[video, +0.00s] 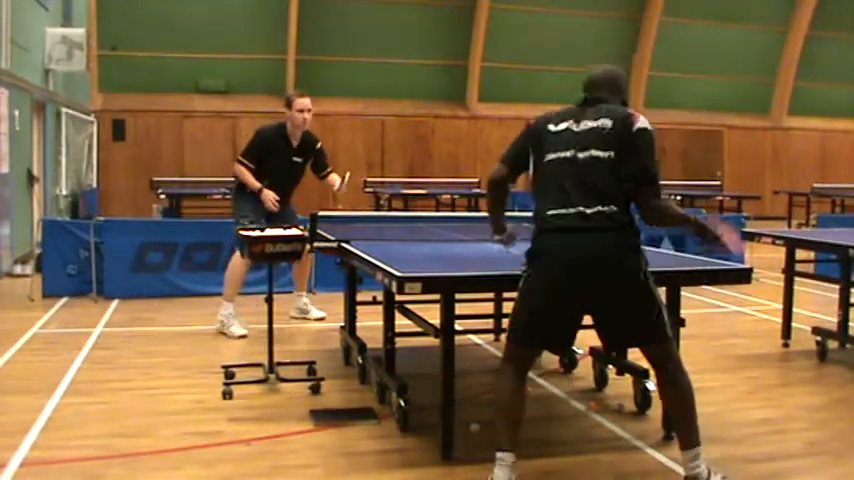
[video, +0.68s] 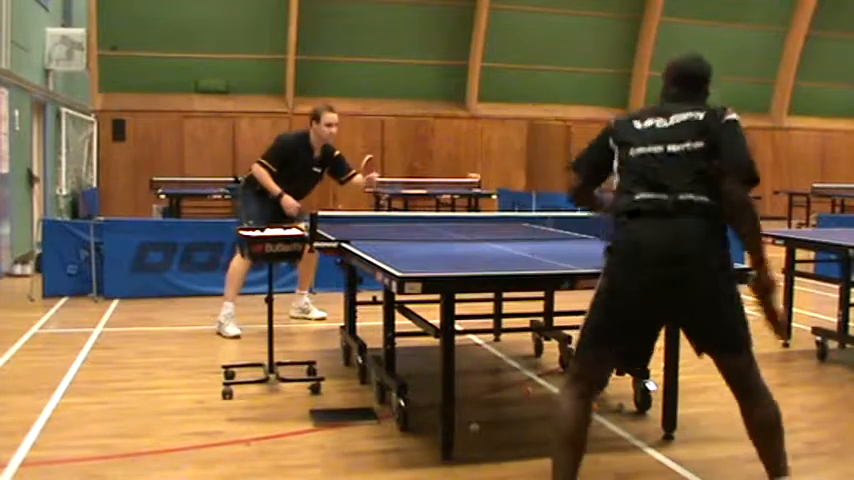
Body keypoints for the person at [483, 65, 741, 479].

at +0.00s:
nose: (628, 103)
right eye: (627, 97)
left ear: (585, 94)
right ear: (622, 96)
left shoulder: (545, 125)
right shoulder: (632, 126)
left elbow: (498, 178)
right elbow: (651, 209)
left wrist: (499, 227)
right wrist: (695, 222)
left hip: (553, 261)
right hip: (615, 264)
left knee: (515, 365)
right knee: (666, 361)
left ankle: (503, 468)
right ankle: (696, 469)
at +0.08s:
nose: (621, 94)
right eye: (620, 87)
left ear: (580, 87)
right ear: (620, 89)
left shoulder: (543, 115)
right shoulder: (637, 123)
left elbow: (504, 171)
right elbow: (651, 201)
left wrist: (507, 209)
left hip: (560, 252)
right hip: (625, 253)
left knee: (518, 362)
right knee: (668, 363)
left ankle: (504, 466)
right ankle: (702, 466)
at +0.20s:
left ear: (577, 79)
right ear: (620, 82)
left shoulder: (553, 108)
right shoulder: (645, 116)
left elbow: (518, 175)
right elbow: (633, 171)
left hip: (579, 247)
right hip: (640, 247)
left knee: (526, 356)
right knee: (685, 361)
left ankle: (507, 467)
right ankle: (729, 467)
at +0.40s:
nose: (606, 87)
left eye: (608, 81)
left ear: (611, 83)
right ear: (651, 88)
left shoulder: (594, 126)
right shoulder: (676, 128)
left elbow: (564, 194)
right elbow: (674, 185)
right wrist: (605, 171)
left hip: (621, 269)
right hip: (680, 270)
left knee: (547, 366)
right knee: (712, 375)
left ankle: (509, 470)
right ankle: (748, 471)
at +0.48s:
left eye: (631, 74)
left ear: (629, 77)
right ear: (671, 81)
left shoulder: (608, 114)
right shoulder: (698, 123)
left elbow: (579, 189)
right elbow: (703, 196)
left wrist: (606, 160)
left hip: (633, 260)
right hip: (694, 262)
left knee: (566, 362)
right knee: (722, 370)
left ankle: (521, 466)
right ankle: (751, 470)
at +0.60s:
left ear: (649, 73)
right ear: (694, 77)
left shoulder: (613, 107)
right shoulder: (718, 113)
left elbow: (580, 178)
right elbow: (732, 198)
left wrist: (620, 189)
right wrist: (703, 231)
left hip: (632, 241)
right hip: (697, 246)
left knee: (582, 365)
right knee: (734, 368)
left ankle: (562, 473)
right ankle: (764, 472)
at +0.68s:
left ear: (665, 86)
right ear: (706, 90)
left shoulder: (625, 125)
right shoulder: (720, 121)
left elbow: (580, 190)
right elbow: (734, 195)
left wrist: (615, 205)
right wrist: (761, 267)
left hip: (632, 264)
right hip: (699, 265)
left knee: (581, 384)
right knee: (748, 385)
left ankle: (562, 474)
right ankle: (778, 472)